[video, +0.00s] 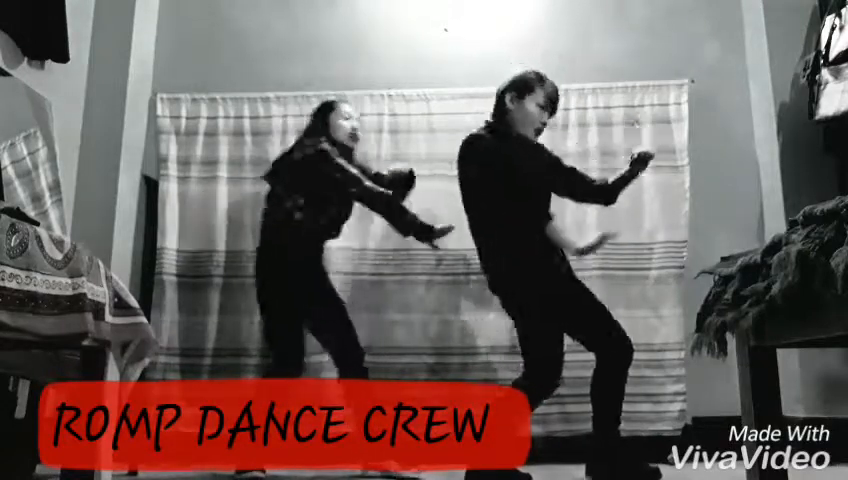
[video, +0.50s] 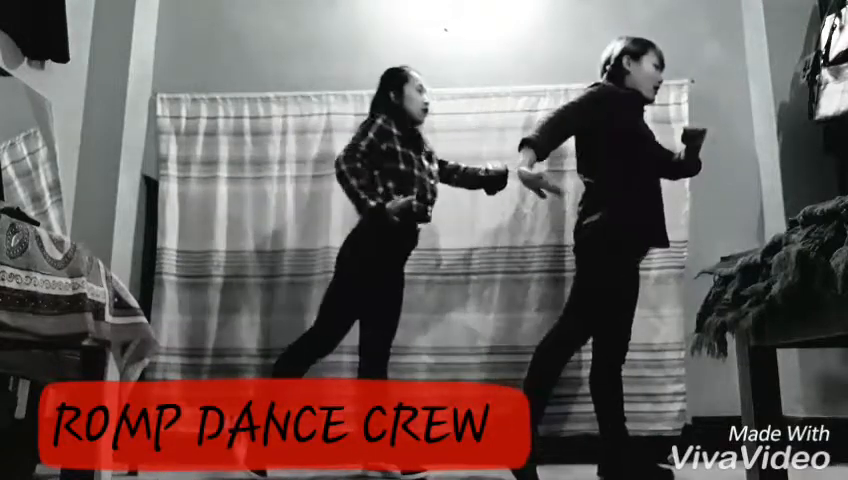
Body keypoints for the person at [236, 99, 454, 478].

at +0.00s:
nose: (355, 125)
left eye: (356, 118)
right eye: (346, 117)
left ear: (354, 128)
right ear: (325, 124)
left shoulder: (334, 156)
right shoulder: (318, 155)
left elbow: (367, 183)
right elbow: (365, 190)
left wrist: (396, 181)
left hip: (302, 267)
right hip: (285, 267)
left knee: (350, 355)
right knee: (286, 361)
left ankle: (367, 447)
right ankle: (253, 451)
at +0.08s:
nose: (378, 120)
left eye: (381, 115)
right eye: (370, 112)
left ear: (378, 122)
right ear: (349, 115)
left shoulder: (356, 148)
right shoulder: (340, 146)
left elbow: (386, 173)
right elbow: (377, 191)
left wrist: (420, 178)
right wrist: (419, 233)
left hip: (316, 262)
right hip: (298, 263)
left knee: (348, 355)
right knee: (286, 359)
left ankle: (367, 441)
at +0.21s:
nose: (408, 103)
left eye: (411, 98)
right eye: (399, 96)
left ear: (412, 106)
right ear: (379, 101)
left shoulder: (404, 144)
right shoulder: (367, 132)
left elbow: (437, 164)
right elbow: (358, 183)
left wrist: (481, 170)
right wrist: (373, 233)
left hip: (356, 251)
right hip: (337, 250)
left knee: (363, 348)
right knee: (292, 342)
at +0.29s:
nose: (420, 98)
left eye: (421, 92)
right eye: (411, 90)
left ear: (418, 101)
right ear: (389, 95)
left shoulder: (414, 140)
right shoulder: (376, 125)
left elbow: (451, 167)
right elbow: (355, 176)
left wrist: (499, 170)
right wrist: (376, 224)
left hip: (375, 250)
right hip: (353, 246)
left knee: (370, 349)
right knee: (307, 337)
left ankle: (375, 441)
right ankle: (247, 422)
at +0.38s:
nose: (424, 95)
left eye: (423, 88)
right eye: (416, 88)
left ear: (415, 99)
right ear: (394, 94)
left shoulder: (415, 139)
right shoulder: (378, 125)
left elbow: (447, 168)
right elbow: (351, 165)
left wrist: (501, 173)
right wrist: (375, 214)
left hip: (387, 247)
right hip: (363, 244)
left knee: (374, 348)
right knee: (318, 335)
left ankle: (375, 441)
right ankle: (253, 413)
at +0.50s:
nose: (427, 98)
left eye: (426, 91)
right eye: (420, 91)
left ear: (412, 99)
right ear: (396, 95)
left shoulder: (415, 142)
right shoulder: (378, 128)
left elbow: (445, 172)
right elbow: (347, 163)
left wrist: (492, 177)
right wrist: (376, 206)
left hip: (393, 250)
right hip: (370, 246)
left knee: (378, 350)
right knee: (324, 335)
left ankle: (377, 441)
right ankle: (260, 407)